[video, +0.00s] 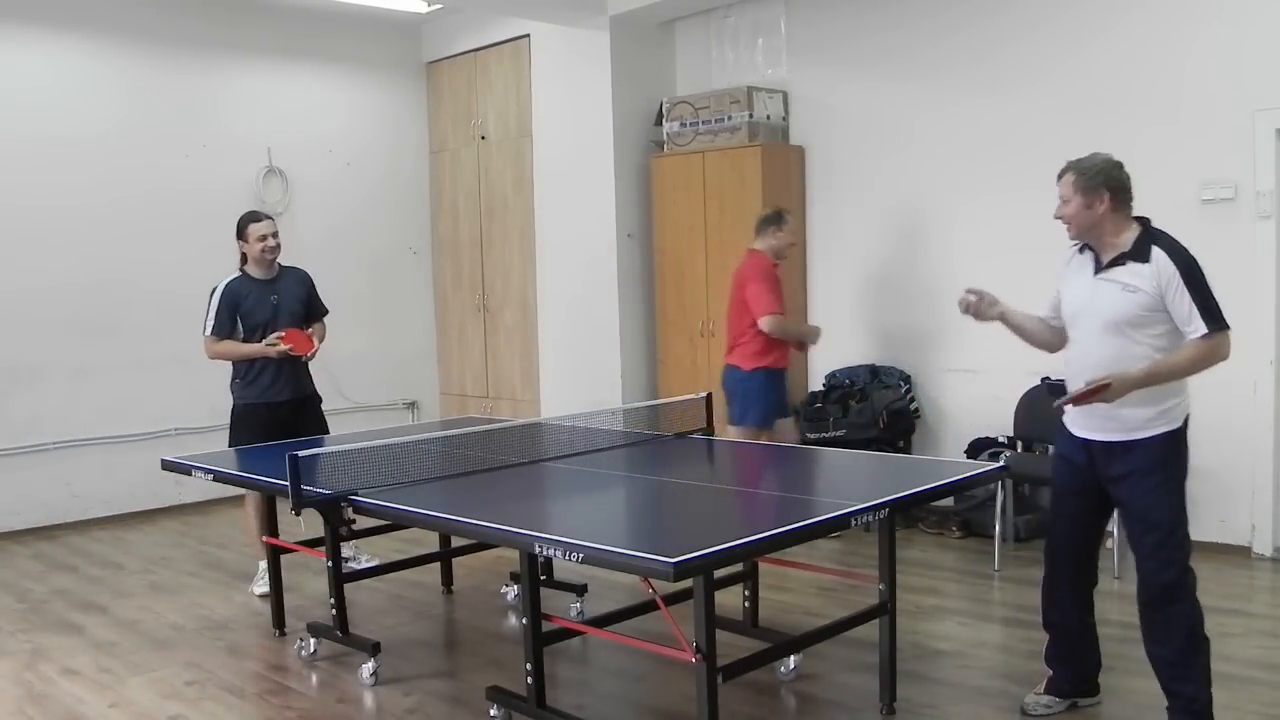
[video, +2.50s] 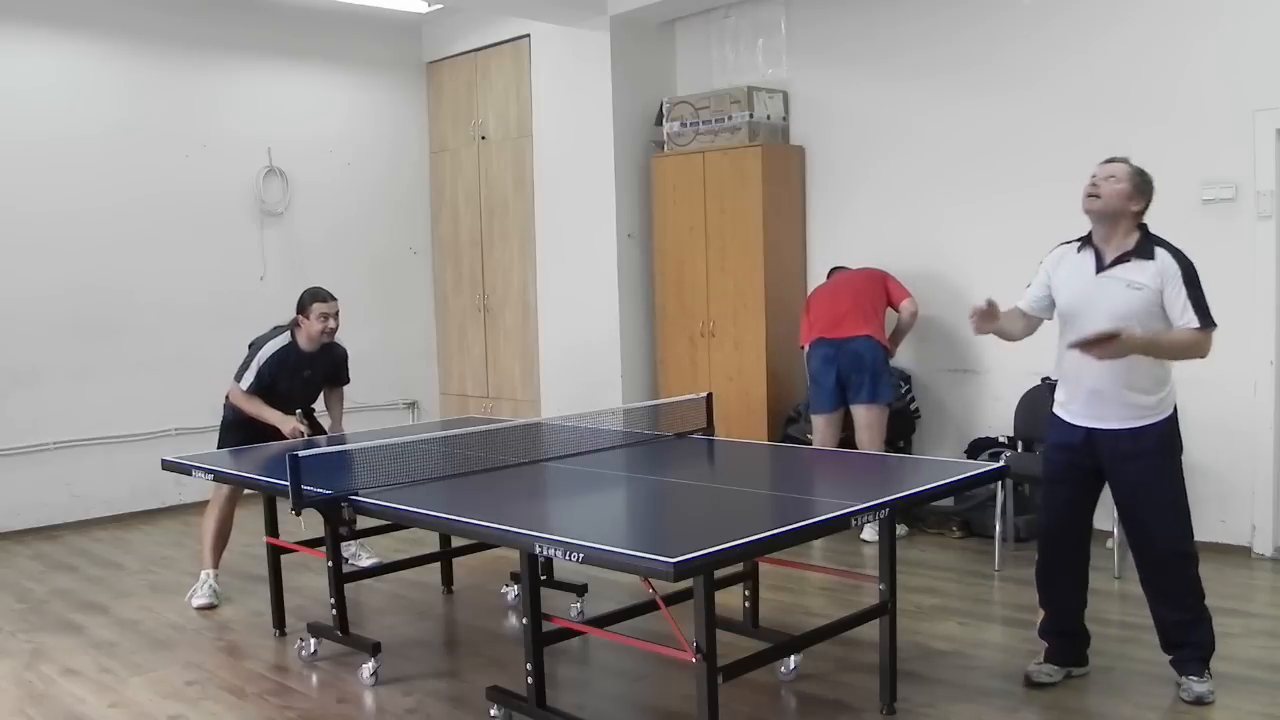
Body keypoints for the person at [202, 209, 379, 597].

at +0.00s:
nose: (272, 243)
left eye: (274, 236)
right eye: (262, 238)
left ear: (279, 238)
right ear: (243, 246)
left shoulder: (298, 279)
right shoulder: (229, 290)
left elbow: (317, 323)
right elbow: (214, 348)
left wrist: (311, 339)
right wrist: (263, 349)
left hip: (302, 402)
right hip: (255, 408)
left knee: (326, 474)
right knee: (257, 488)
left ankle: (342, 549)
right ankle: (267, 565)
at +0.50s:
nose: (310, 252)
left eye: (314, 245)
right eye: (302, 246)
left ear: (319, 248)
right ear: (282, 250)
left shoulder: (333, 289)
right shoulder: (262, 292)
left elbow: (347, 334)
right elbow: (239, 343)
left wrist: (337, 353)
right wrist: (282, 353)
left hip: (322, 405)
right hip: (274, 408)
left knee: (340, 476)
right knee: (268, 490)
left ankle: (348, 547)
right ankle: (267, 564)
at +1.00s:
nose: (332, 272)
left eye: (335, 265)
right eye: (323, 266)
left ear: (336, 267)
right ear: (300, 269)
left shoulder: (338, 308)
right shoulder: (274, 306)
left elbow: (343, 352)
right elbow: (248, 358)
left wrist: (347, 376)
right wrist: (299, 366)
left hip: (315, 414)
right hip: (267, 417)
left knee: (356, 468)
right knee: (246, 486)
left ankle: (356, 547)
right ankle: (220, 573)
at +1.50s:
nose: (310, 303)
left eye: (315, 296)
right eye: (302, 296)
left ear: (319, 296)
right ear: (280, 296)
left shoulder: (322, 334)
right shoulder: (250, 327)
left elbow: (325, 372)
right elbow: (216, 369)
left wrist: (312, 406)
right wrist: (248, 400)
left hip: (291, 413)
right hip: (242, 413)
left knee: (331, 471)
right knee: (227, 489)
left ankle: (342, 548)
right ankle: (215, 577)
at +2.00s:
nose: (321, 314)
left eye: (325, 307)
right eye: (313, 308)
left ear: (328, 306)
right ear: (291, 308)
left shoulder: (326, 340)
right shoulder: (260, 337)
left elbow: (323, 378)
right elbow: (229, 386)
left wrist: (329, 412)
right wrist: (275, 409)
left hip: (289, 412)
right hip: (241, 415)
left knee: (332, 466)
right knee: (228, 489)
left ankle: (344, 547)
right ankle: (210, 577)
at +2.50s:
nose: (332, 324)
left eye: (335, 317)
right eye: (323, 318)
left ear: (338, 318)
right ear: (302, 320)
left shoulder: (335, 354)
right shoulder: (271, 348)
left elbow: (333, 390)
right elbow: (236, 394)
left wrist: (337, 430)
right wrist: (281, 420)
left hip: (294, 417)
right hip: (247, 417)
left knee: (337, 465)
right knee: (228, 487)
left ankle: (345, 544)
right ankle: (208, 576)